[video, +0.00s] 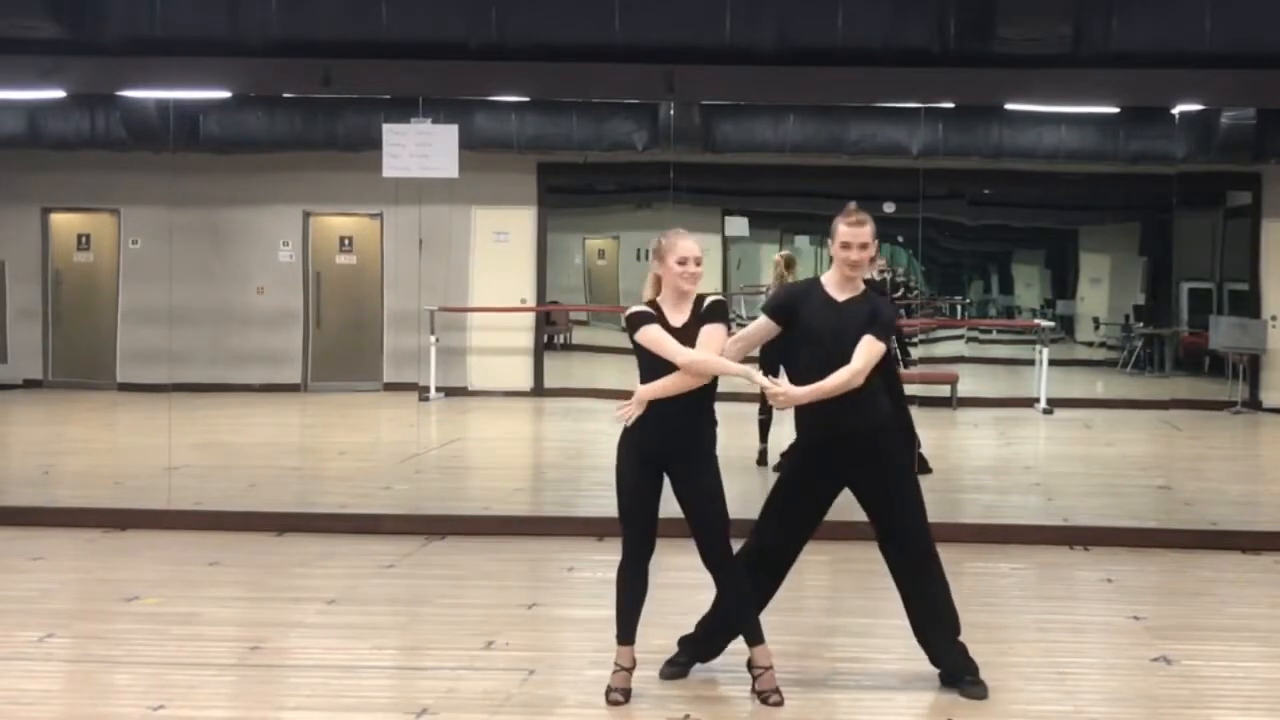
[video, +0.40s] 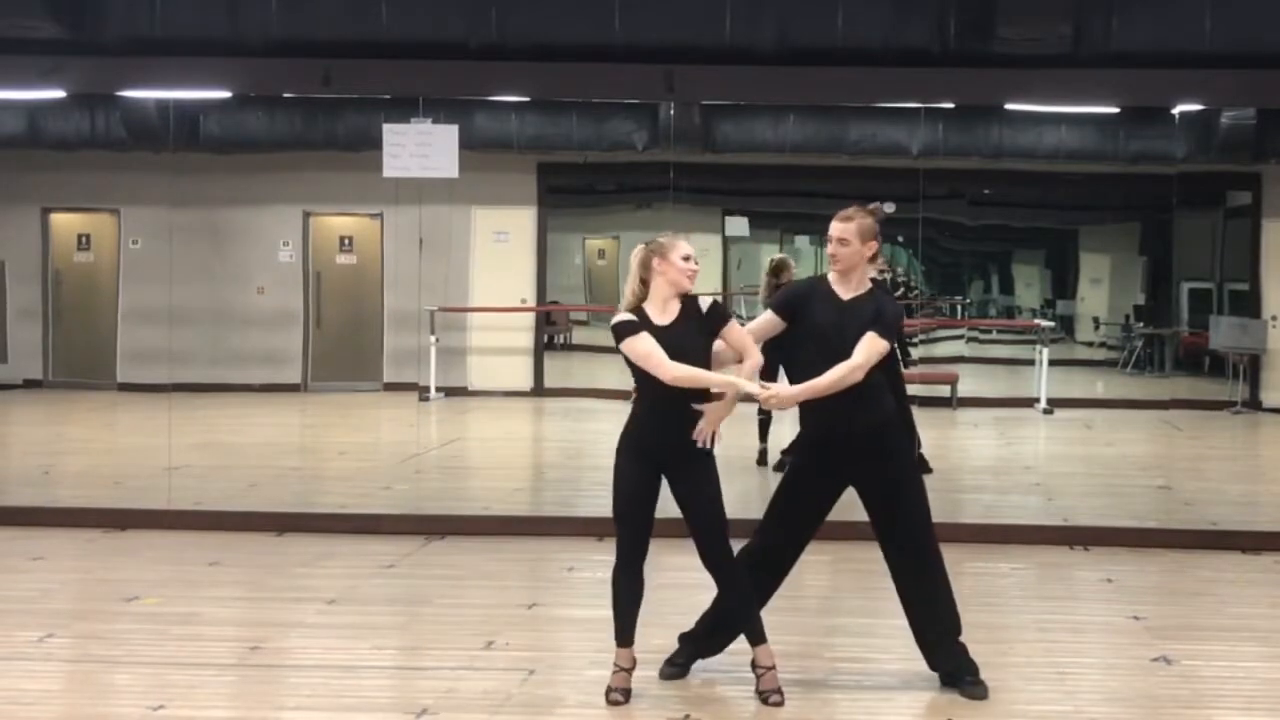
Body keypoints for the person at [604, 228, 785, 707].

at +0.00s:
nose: (692, 270)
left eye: (698, 262)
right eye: (682, 262)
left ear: (703, 268)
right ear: (659, 266)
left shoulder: (713, 307)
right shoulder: (639, 316)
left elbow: (704, 368)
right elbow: (684, 358)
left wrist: (646, 391)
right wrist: (749, 373)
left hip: (694, 447)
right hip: (642, 446)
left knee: (717, 554)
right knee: (635, 552)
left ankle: (760, 655)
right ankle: (624, 657)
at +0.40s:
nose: (695, 267)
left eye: (695, 260)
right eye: (686, 259)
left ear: (684, 270)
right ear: (656, 266)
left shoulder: (706, 312)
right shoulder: (628, 322)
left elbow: (753, 357)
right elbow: (668, 372)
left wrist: (723, 407)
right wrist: (739, 384)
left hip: (691, 446)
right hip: (640, 447)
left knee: (717, 554)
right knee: (629, 554)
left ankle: (762, 654)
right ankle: (623, 657)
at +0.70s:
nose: (680, 274)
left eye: (679, 267)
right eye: (674, 266)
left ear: (651, 270)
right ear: (646, 269)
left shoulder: (670, 318)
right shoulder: (620, 322)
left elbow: (687, 374)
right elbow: (656, 385)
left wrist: (693, 406)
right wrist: (733, 397)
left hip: (667, 450)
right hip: (621, 453)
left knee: (702, 554)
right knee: (627, 557)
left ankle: (738, 657)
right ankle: (613, 660)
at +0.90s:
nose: (680, 266)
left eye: (679, 258)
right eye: (675, 258)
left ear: (641, 262)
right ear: (652, 262)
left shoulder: (622, 309)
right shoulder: (660, 314)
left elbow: (595, 339)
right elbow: (710, 367)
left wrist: (629, 361)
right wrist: (776, 341)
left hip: (632, 440)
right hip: (640, 447)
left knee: (677, 538)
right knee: (637, 551)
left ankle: (633, 640)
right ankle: (601, 658)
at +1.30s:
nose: (694, 270)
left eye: (693, 262)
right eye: (689, 262)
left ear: (656, 268)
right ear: (666, 267)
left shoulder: (633, 313)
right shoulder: (674, 316)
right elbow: (731, 365)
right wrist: (787, 351)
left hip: (627, 440)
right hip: (668, 445)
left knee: (633, 545)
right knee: (660, 554)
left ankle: (608, 647)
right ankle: (628, 659)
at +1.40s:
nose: (691, 270)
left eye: (690, 263)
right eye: (684, 263)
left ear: (663, 269)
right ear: (656, 268)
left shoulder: (667, 306)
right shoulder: (659, 316)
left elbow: (725, 291)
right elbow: (722, 362)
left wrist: (730, 246)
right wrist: (783, 348)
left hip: (647, 438)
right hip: (640, 443)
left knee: (669, 537)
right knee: (648, 548)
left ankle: (620, 642)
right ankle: (615, 657)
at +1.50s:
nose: (665, 271)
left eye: (673, 263)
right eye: (656, 264)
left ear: (685, 267)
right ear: (641, 271)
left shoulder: (696, 303)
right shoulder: (640, 316)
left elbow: (741, 267)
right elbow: (684, 359)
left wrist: (771, 212)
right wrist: (751, 349)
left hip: (663, 441)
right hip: (626, 438)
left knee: (667, 541)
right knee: (608, 539)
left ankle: (634, 641)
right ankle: (587, 650)